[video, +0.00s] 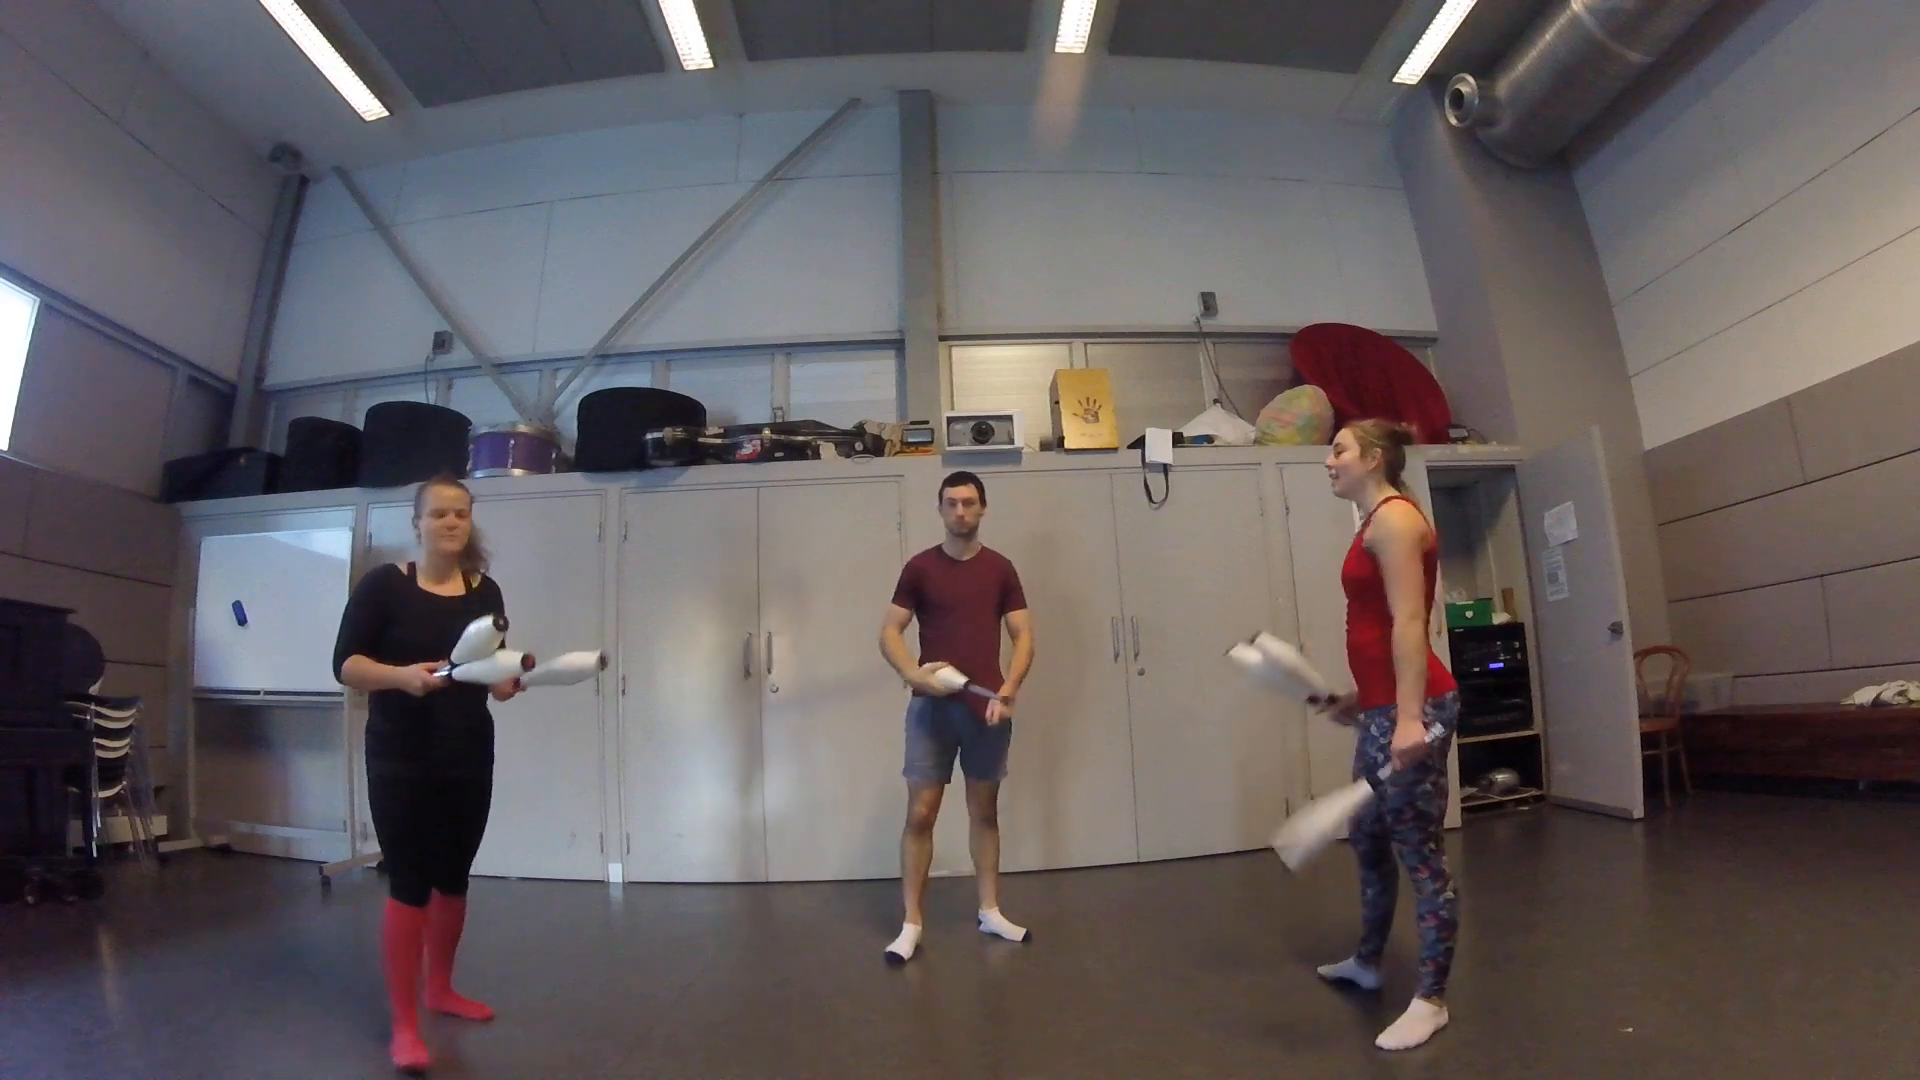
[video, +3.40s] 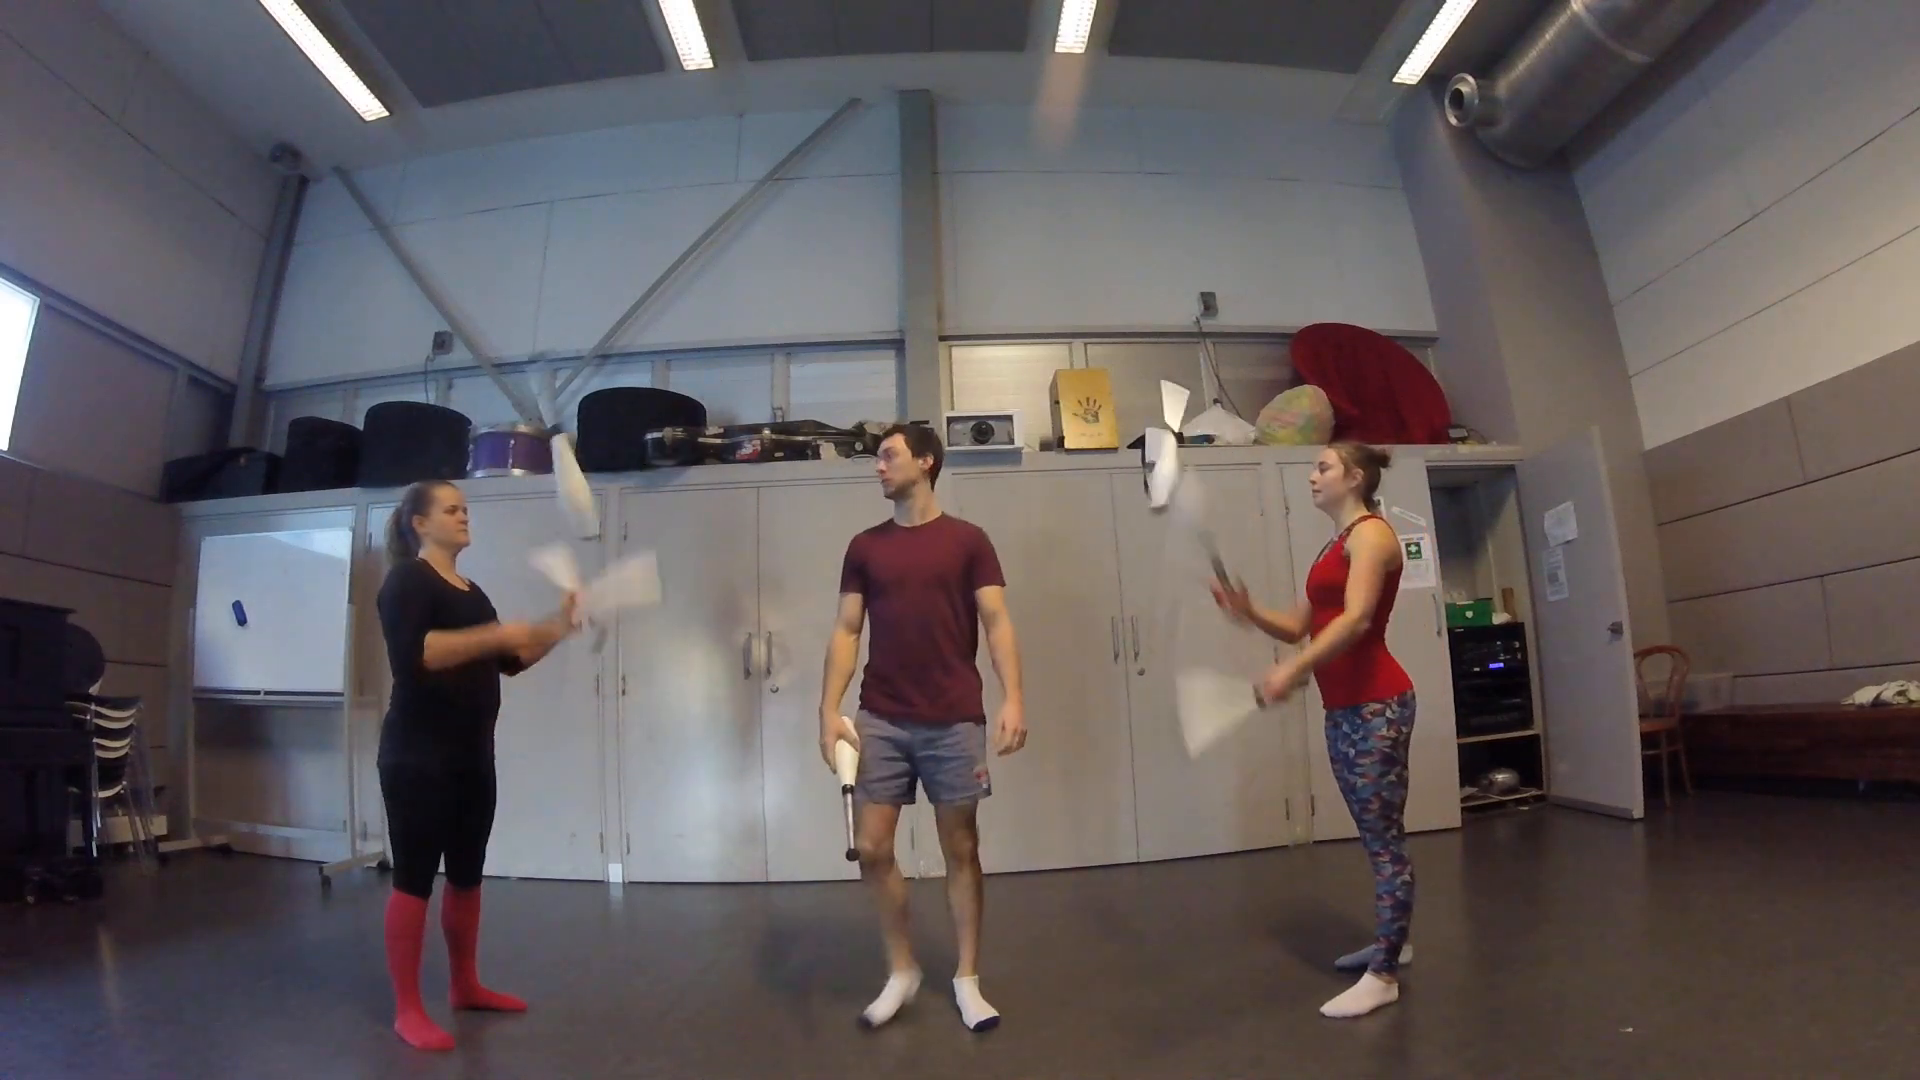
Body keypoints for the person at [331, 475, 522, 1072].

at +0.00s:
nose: (452, 522)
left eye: (461, 513)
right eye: (440, 514)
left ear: (473, 523)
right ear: (418, 524)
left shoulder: (484, 592)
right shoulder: (382, 584)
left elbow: (494, 670)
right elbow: (346, 664)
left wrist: (507, 675)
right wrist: (402, 676)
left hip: (468, 760)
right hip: (401, 762)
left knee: (453, 881)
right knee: (410, 888)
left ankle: (439, 990)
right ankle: (403, 1025)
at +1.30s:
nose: (445, 525)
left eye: (445, 517)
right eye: (434, 516)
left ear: (438, 528)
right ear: (398, 524)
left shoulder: (443, 592)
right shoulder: (374, 582)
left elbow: (478, 657)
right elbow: (385, 644)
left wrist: (524, 622)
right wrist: (450, 600)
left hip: (449, 748)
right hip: (393, 753)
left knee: (456, 870)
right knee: (407, 880)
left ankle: (465, 985)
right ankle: (358, 987)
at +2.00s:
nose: (465, 519)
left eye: (465, 510)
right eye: (454, 510)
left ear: (458, 522)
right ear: (417, 519)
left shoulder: (462, 586)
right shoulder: (395, 582)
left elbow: (505, 645)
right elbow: (400, 660)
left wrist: (536, 590)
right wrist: (481, 671)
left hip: (457, 748)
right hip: (402, 751)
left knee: (457, 871)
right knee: (403, 875)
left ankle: (465, 986)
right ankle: (404, 1005)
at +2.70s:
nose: (472, 519)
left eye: (472, 510)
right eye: (460, 510)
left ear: (466, 520)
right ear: (425, 520)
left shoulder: (471, 589)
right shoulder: (411, 580)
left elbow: (487, 660)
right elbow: (454, 636)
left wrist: (537, 676)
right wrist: (530, 626)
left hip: (466, 751)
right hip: (414, 753)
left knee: (462, 870)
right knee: (410, 872)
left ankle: (466, 986)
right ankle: (404, 1005)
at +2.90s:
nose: (471, 518)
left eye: (472, 510)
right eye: (459, 509)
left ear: (464, 523)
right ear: (425, 521)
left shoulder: (479, 593)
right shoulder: (406, 582)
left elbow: (502, 664)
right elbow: (414, 655)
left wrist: (532, 714)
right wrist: (486, 663)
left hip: (472, 751)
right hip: (416, 752)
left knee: (465, 871)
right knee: (414, 874)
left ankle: (466, 986)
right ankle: (406, 1004)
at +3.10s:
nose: (472, 519)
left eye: (472, 511)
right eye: (460, 511)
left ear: (468, 522)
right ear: (426, 523)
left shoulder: (479, 594)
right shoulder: (406, 584)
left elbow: (513, 659)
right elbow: (396, 664)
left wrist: (562, 639)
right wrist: (457, 715)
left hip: (473, 748)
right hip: (422, 747)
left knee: (469, 870)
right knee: (427, 874)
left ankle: (467, 986)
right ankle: (406, 1004)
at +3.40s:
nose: (465, 519)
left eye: (466, 510)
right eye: (453, 511)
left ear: (459, 522)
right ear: (419, 523)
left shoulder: (473, 593)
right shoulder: (404, 584)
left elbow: (509, 659)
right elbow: (418, 653)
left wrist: (558, 625)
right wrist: (501, 637)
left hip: (472, 752)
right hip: (416, 754)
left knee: (466, 874)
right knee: (414, 878)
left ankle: (466, 988)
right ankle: (408, 1011)